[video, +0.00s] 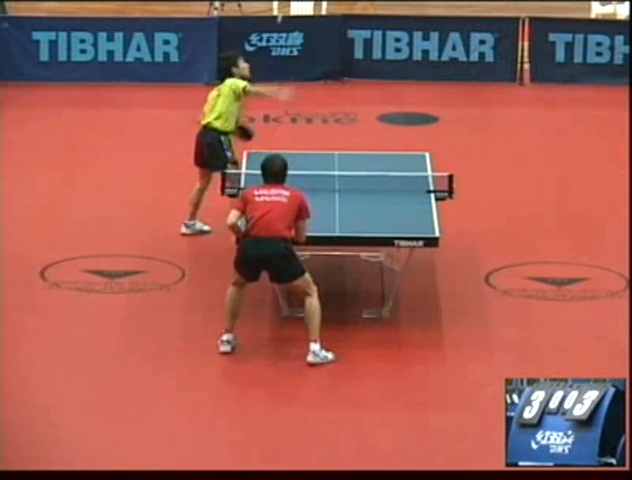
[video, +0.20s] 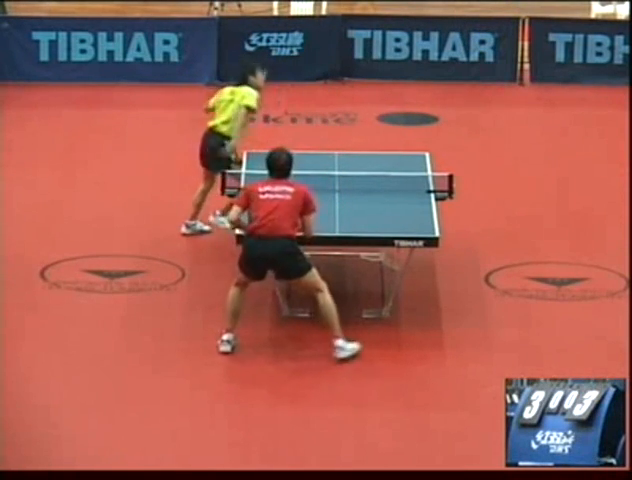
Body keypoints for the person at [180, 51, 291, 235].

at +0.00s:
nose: (248, 67)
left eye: (246, 63)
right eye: (244, 64)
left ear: (231, 70)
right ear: (234, 69)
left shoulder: (217, 90)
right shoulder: (234, 83)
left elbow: (212, 114)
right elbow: (252, 90)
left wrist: (237, 125)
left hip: (205, 133)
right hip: (219, 135)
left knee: (204, 181)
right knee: (235, 176)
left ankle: (191, 221)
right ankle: (241, 219)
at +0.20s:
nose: (263, 81)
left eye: (263, 76)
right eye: (261, 76)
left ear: (245, 78)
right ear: (251, 77)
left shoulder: (227, 90)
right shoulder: (250, 93)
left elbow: (208, 107)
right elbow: (243, 116)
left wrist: (228, 108)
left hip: (210, 133)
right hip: (225, 138)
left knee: (208, 182)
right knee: (242, 179)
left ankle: (192, 220)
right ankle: (223, 214)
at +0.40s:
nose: (278, 102)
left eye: (280, 99)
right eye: (277, 97)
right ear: (267, 94)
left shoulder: (251, 98)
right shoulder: (255, 108)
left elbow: (248, 83)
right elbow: (233, 121)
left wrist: (261, 87)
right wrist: (221, 141)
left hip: (234, 149)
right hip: (228, 149)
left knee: (235, 188)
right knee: (234, 188)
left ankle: (208, 208)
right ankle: (206, 206)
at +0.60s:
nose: (283, 84)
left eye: (285, 80)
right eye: (280, 79)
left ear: (288, 83)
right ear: (270, 79)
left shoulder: (280, 94)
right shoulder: (258, 93)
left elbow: (291, 89)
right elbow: (233, 107)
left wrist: (297, 104)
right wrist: (227, 137)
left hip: (258, 132)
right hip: (242, 133)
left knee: (266, 163)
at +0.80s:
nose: (294, 85)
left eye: (297, 81)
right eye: (290, 80)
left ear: (300, 84)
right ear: (281, 81)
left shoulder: (298, 101)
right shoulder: (266, 98)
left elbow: (303, 120)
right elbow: (248, 117)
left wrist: (308, 123)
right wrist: (243, 140)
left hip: (281, 138)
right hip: (261, 139)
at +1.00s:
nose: (303, 80)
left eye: (306, 76)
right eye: (300, 75)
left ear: (309, 79)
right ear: (291, 77)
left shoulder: (312, 95)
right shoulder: (276, 95)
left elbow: (320, 110)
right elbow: (264, 111)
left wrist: (323, 125)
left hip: (299, 134)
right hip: (279, 135)